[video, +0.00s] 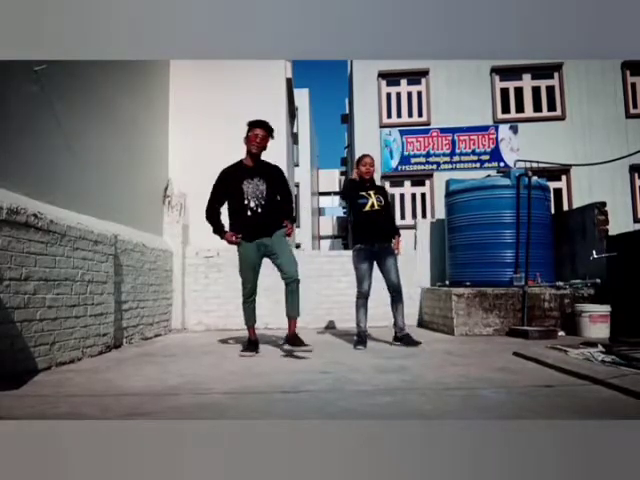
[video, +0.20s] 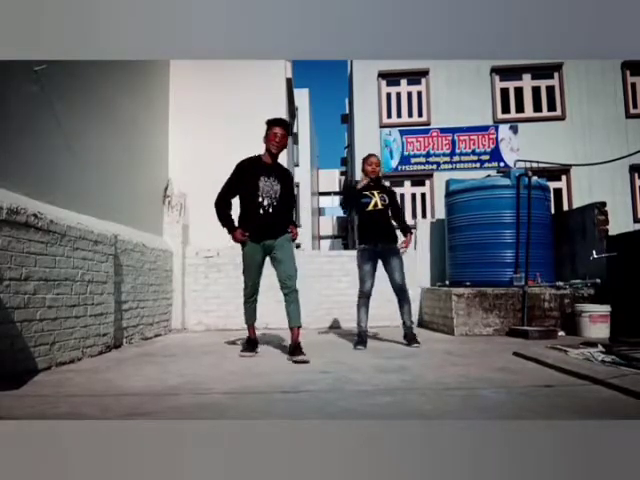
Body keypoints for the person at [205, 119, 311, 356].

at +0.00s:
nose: (257, 141)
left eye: (263, 138)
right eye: (254, 136)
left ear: (267, 143)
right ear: (246, 139)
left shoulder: (274, 172)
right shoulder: (230, 174)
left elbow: (287, 200)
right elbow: (212, 209)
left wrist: (289, 221)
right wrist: (223, 233)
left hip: (275, 236)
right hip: (247, 239)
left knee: (292, 277)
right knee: (249, 291)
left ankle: (292, 333)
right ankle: (252, 338)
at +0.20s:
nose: (277, 141)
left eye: (281, 137)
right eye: (273, 136)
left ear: (286, 142)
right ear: (265, 138)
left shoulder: (286, 175)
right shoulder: (246, 167)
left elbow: (289, 206)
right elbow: (221, 201)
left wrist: (292, 224)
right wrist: (232, 229)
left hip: (281, 237)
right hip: (253, 238)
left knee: (290, 285)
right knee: (251, 289)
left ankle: (295, 342)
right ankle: (251, 336)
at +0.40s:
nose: (289, 142)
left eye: (294, 138)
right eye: (285, 137)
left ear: (299, 142)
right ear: (277, 138)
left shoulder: (301, 175)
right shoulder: (257, 165)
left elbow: (307, 207)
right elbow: (230, 195)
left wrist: (311, 225)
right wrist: (242, 220)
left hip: (288, 237)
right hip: (259, 237)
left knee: (295, 288)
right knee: (249, 290)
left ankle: (295, 344)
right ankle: (252, 328)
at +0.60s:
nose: (282, 139)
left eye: (287, 134)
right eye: (277, 134)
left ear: (295, 134)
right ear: (271, 134)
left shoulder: (302, 162)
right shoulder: (258, 160)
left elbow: (327, 190)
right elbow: (227, 184)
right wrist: (242, 175)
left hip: (291, 232)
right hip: (260, 232)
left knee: (294, 288)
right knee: (250, 287)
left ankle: (295, 343)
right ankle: (245, 344)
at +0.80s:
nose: (271, 139)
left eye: (275, 134)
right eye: (266, 134)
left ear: (282, 133)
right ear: (259, 134)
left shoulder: (294, 156)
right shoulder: (251, 162)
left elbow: (318, 171)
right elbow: (225, 181)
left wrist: (298, 141)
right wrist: (237, 151)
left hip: (289, 231)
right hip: (258, 231)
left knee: (294, 287)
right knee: (242, 283)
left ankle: (295, 344)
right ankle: (241, 343)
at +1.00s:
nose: (256, 140)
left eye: (260, 135)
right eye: (251, 136)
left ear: (267, 134)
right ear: (243, 134)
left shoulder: (277, 155)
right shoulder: (236, 159)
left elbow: (301, 159)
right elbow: (213, 166)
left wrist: (276, 132)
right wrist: (233, 136)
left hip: (281, 229)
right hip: (248, 231)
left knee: (295, 283)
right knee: (239, 286)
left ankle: (295, 340)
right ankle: (241, 344)